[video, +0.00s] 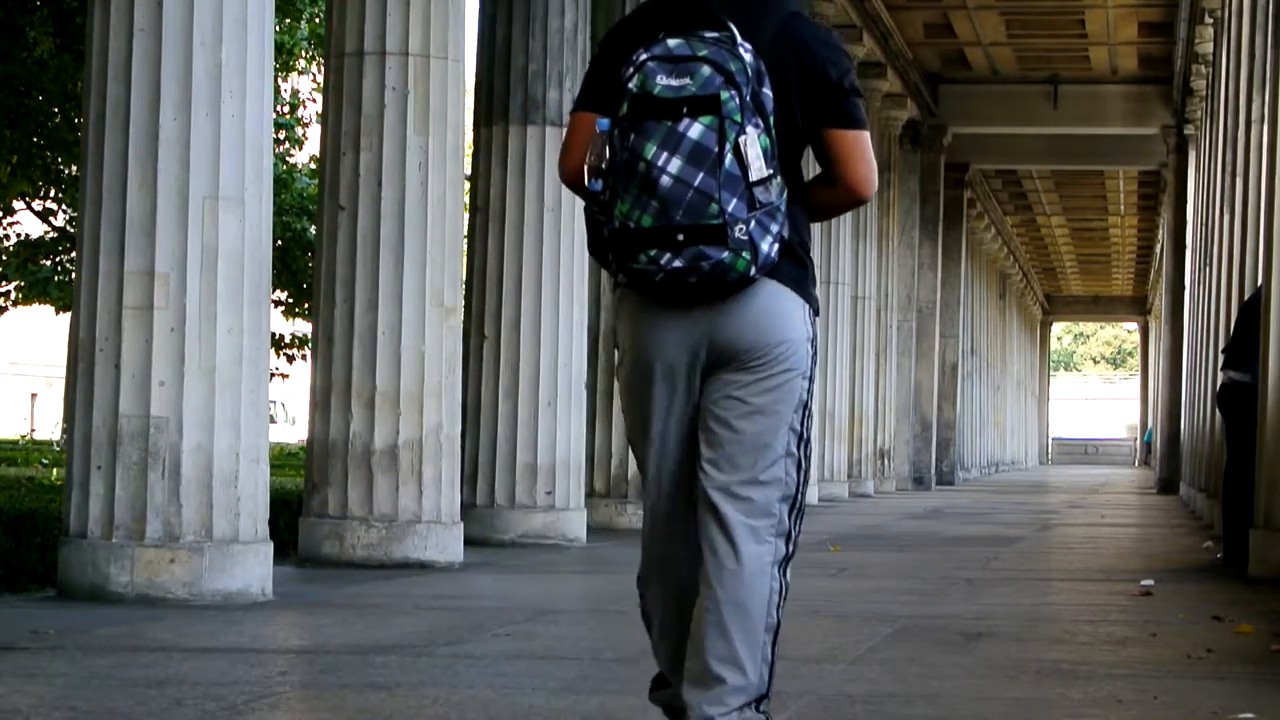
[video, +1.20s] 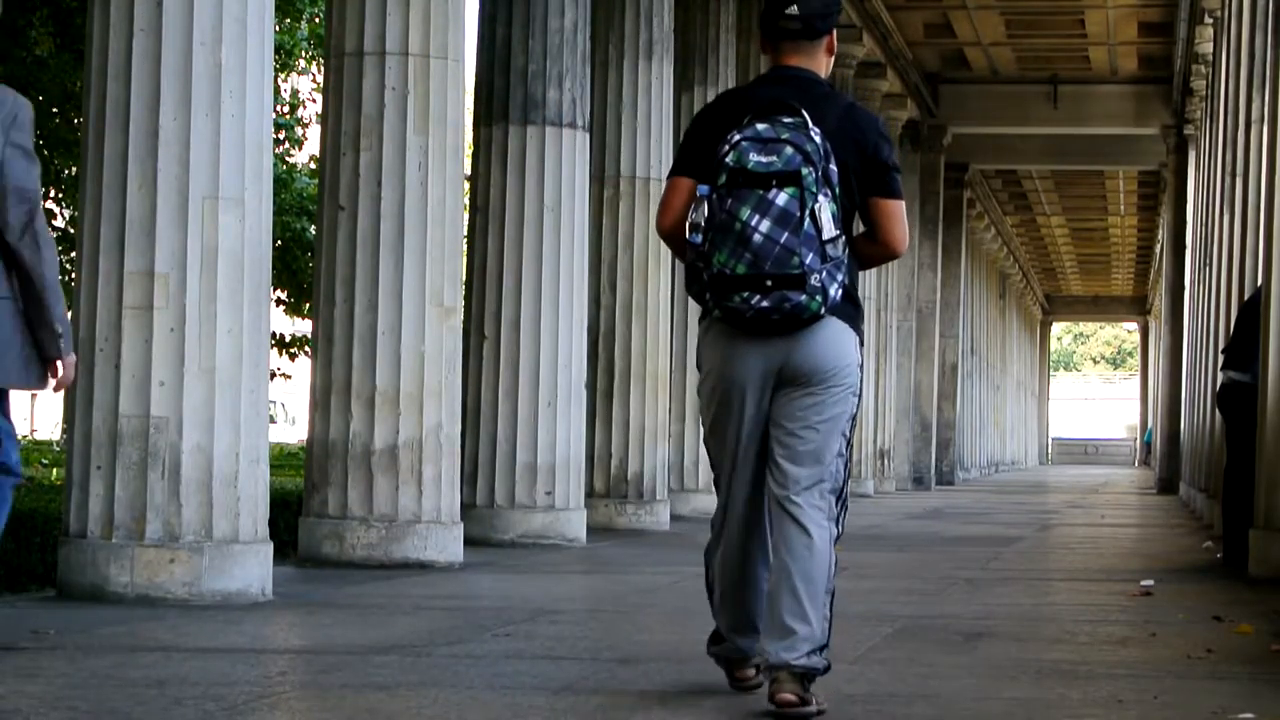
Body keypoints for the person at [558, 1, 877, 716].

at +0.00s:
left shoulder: (636, 27)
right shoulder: (803, 36)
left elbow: (576, 163)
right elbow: (858, 180)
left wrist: (648, 209)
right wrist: (785, 203)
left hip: (652, 302)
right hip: (764, 300)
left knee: (665, 501)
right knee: (745, 507)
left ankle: (677, 683)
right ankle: (725, 704)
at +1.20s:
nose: (834, 47)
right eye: (835, 37)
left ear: (764, 42)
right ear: (832, 43)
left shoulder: (717, 116)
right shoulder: (859, 125)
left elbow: (669, 221)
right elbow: (893, 239)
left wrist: (716, 260)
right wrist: (832, 258)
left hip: (732, 328)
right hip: (824, 329)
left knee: (736, 493)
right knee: (805, 496)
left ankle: (737, 648)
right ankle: (792, 670)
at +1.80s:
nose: (844, 92)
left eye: (835, 82)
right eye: (845, 83)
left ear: (779, 84)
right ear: (836, 84)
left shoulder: (732, 150)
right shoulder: (854, 151)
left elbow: (703, 253)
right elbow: (896, 241)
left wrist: (739, 316)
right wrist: (929, 336)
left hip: (746, 345)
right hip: (829, 343)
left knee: (752, 493)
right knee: (839, 493)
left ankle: (753, 647)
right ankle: (848, 633)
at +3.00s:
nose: (868, 144)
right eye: (871, 137)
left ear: (818, 138)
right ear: (871, 139)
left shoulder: (785, 198)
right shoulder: (894, 200)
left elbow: (760, 285)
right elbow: (922, 282)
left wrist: (791, 328)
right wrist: (943, 356)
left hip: (802, 360)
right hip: (873, 360)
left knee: (809, 482)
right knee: (872, 482)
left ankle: (814, 609)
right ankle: (872, 605)